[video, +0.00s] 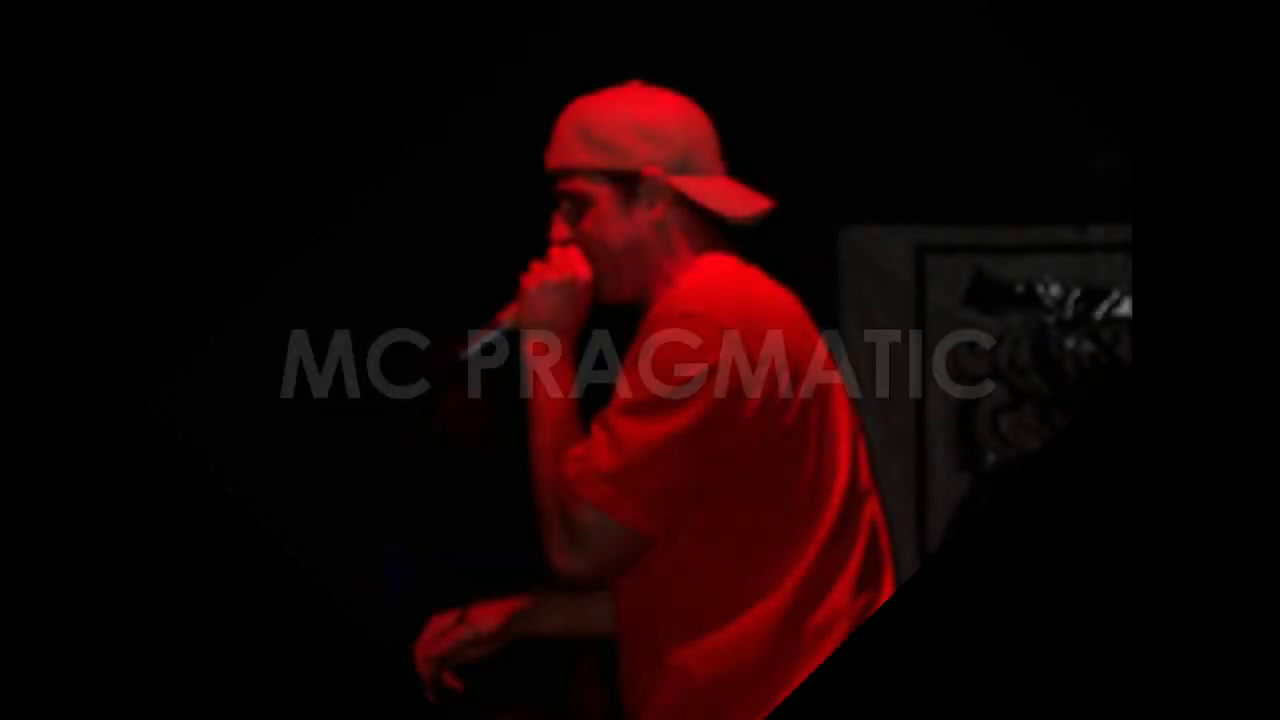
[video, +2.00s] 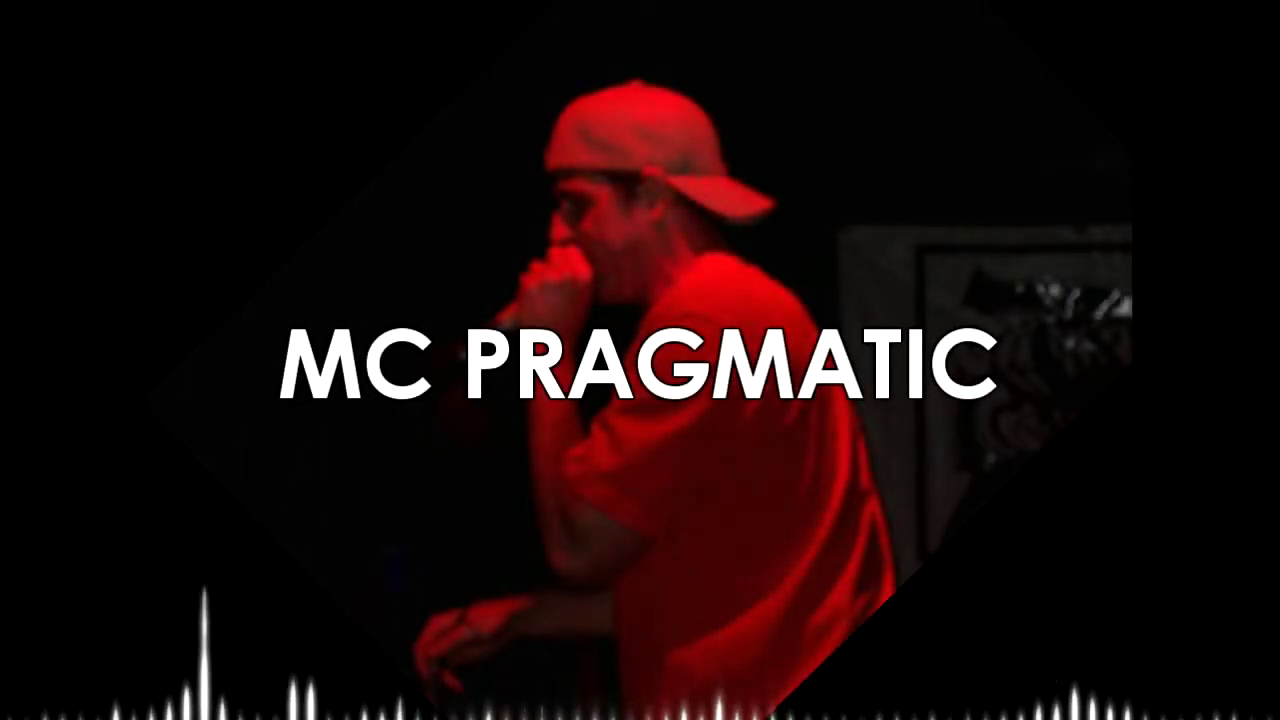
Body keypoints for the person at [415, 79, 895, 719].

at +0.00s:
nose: (559, 234)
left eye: (576, 206)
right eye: (559, 209)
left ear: (653, 200)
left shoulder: (705, 315)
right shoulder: (750, 305)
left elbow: (578, 543)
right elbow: (702, 576)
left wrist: (545, 346)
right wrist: (521, 621)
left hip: (732, 697)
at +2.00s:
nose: (559, 233)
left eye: (576, 206)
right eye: (559, 209)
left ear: (653, 200)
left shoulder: (707, 313)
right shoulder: (743, 304)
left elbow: (578, 543)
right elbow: (698, 579)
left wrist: (545, 349)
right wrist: (519, 620)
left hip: (738, 704)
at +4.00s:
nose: (560, 233)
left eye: (577, 206)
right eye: (559, 209)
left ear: (652, 198)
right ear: (649, 200)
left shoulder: (706, 314)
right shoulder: (746, 304)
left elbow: (577, 544)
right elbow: (698, 578)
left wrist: (546, 348)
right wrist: (518, 620)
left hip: (738, 705)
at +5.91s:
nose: (560, 233)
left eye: (577, 206)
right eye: (559, 209)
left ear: (652, 199)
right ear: (649, 200)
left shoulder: (706, 314)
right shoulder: (745, 303)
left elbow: (577, 544)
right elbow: (699, 580)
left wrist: (545, 347)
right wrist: (519, 619)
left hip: (740, 704)